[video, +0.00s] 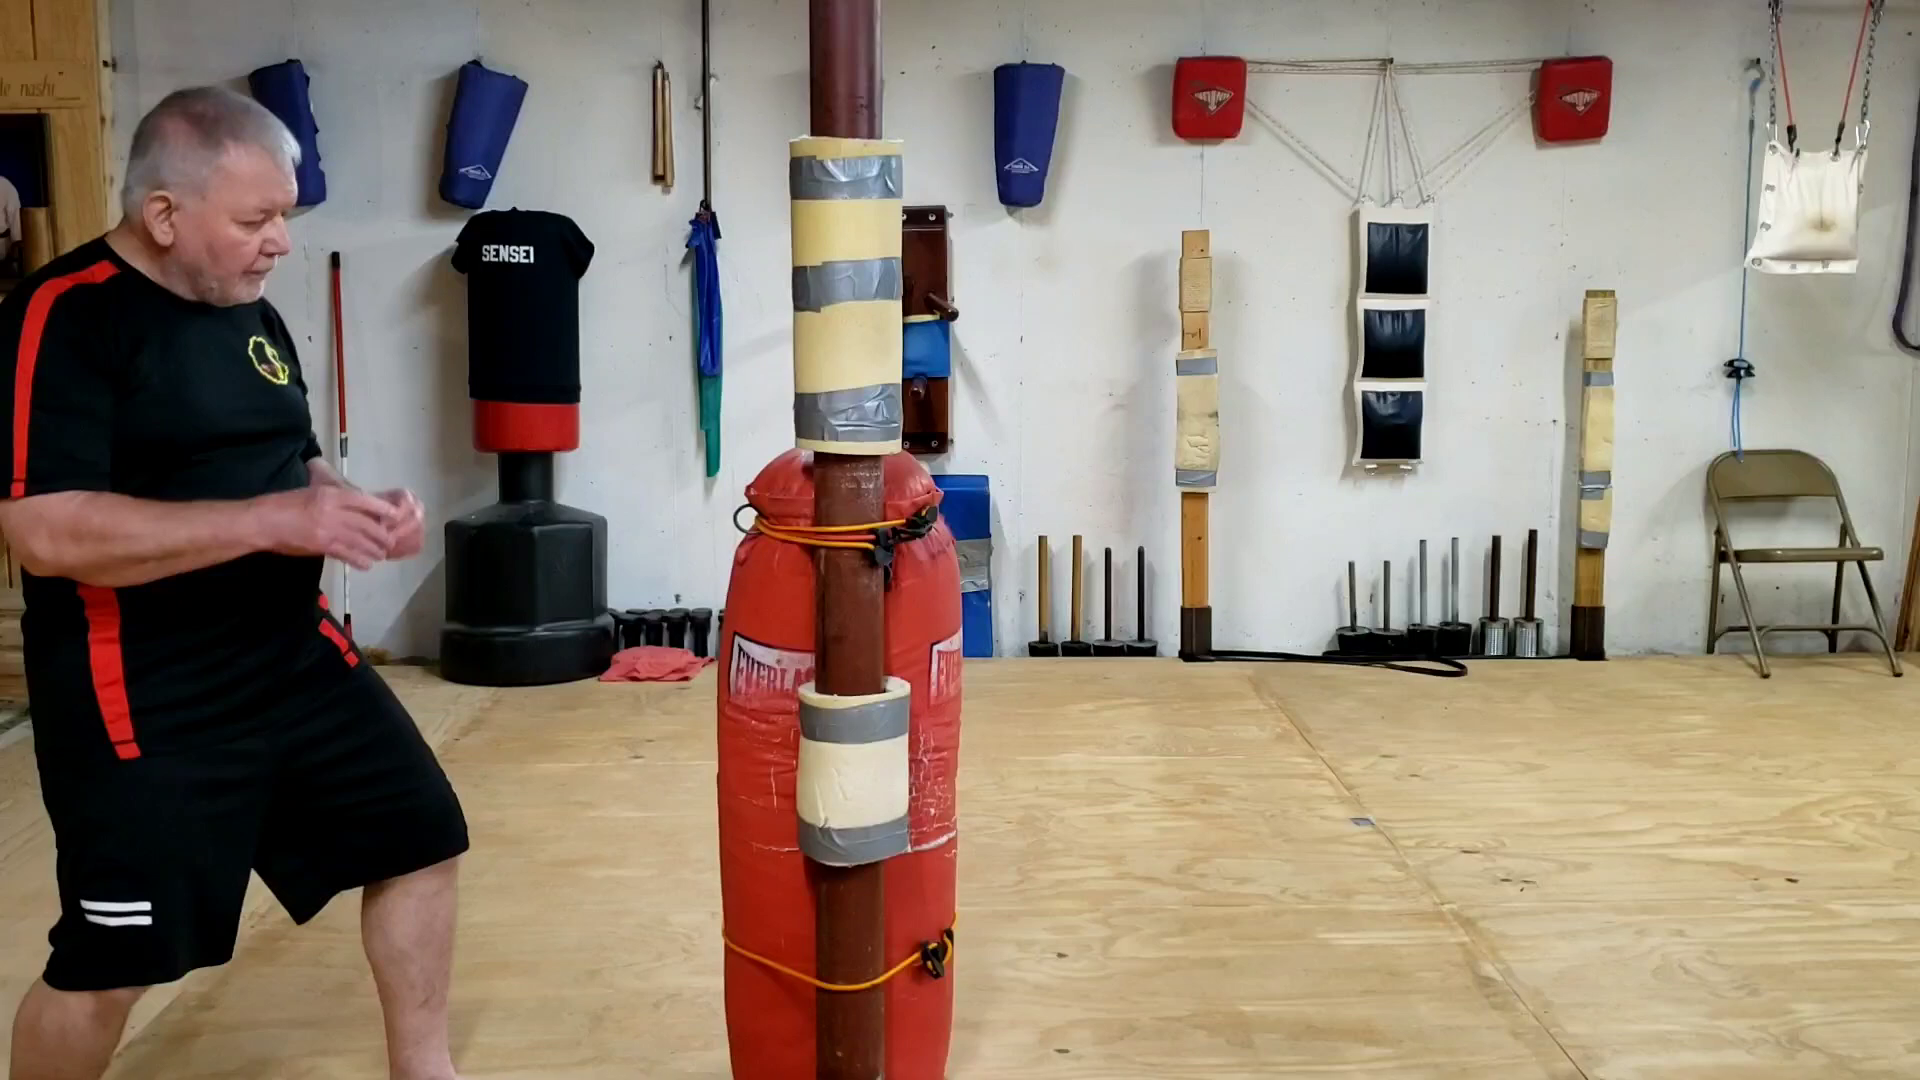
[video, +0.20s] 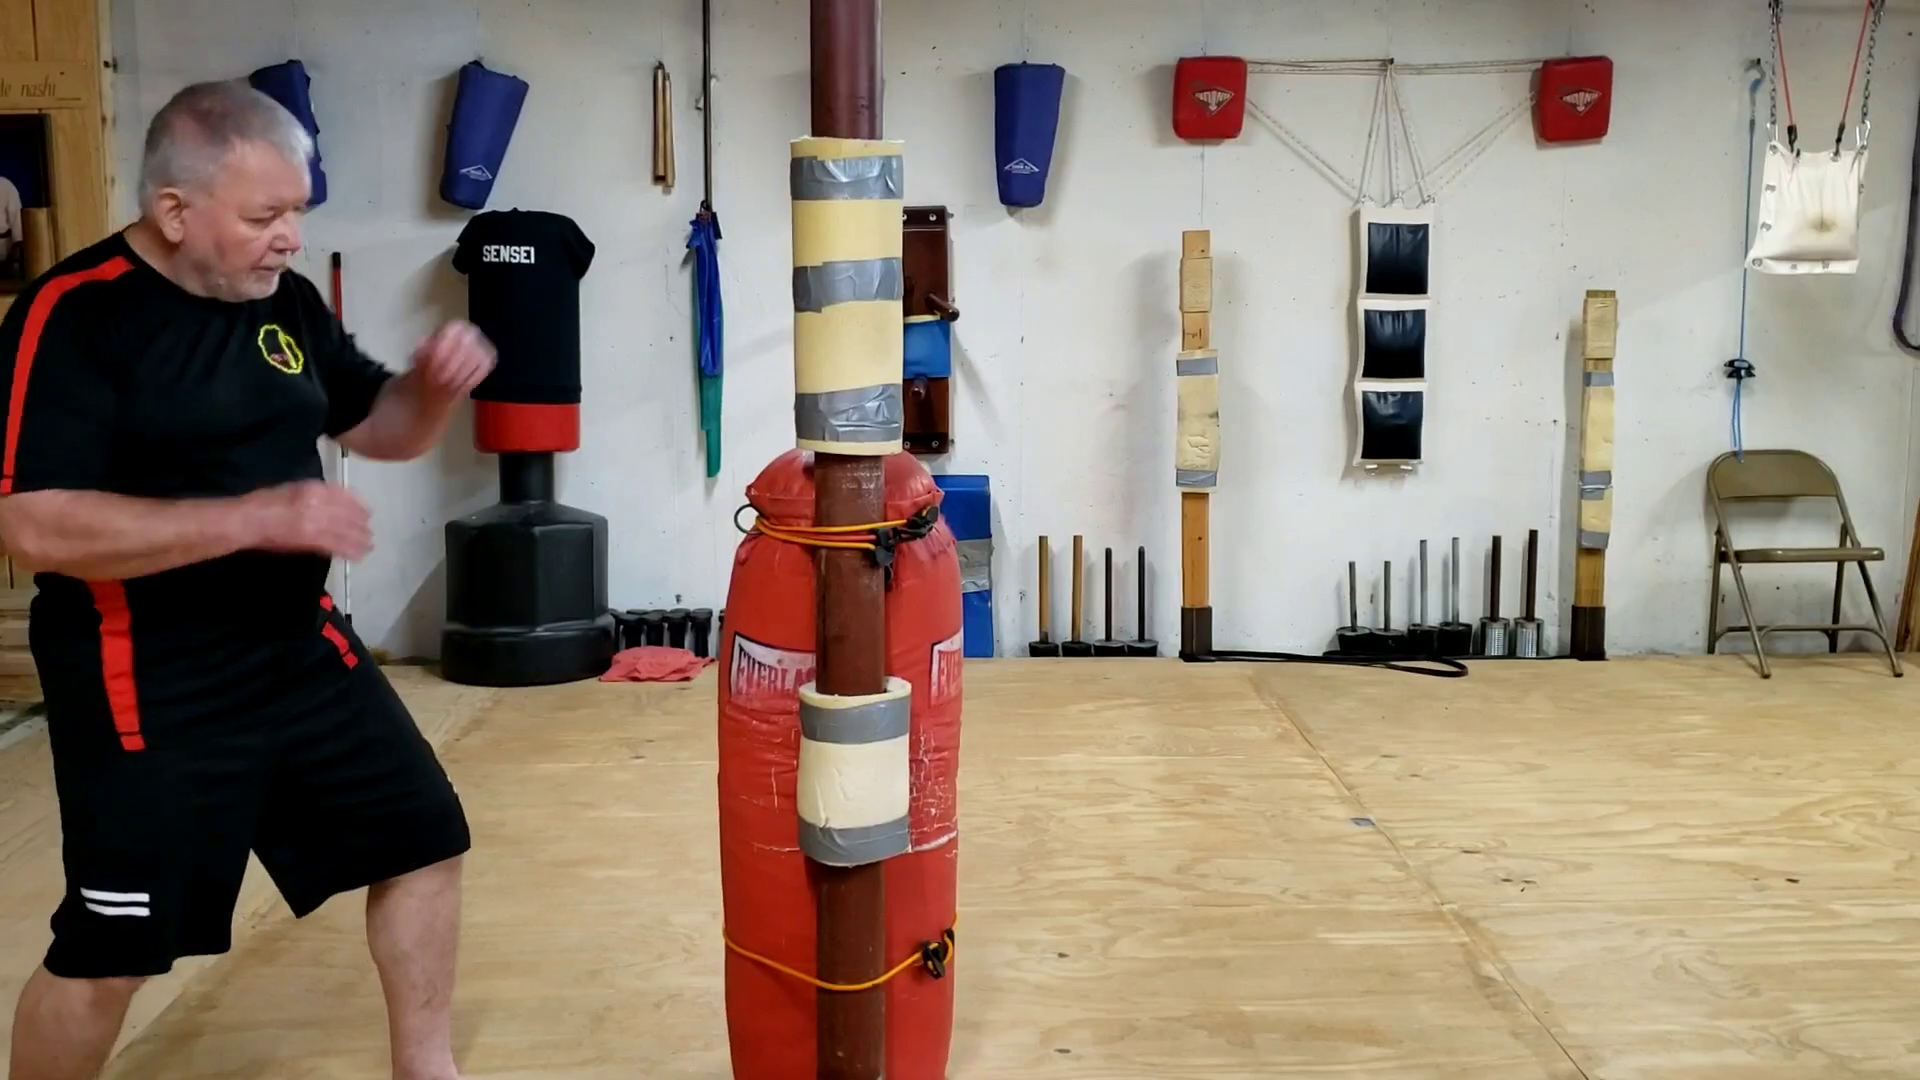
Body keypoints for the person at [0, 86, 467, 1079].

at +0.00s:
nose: (280, 243)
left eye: (286, 217)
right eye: (258, 220)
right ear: (164, 215)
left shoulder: (248, 313)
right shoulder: (59, 314)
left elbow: (288, 466)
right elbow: (40, 530)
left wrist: (351, 508)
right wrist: (273, 522)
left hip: (289, 665)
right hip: (134, 704)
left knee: (418, 839)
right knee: (114, 945)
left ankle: (424, 1070)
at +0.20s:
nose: (289, 238)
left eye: (296, 212)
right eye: (265, 216)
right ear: (174, 210)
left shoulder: (282, 301)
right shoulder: (68, 312)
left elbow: (384, 433)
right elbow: (33, 525)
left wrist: (432, 387)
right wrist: (258, 515)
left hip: (296, 655)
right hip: (139, 689)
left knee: (424, 841)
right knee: (110, 941)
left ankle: (425, 1066)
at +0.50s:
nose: (403, 257)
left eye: (409, 235)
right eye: (386, 233)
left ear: (318, 219)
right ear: (304, 216)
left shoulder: (323, 317)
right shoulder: (213, 274)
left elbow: (292, 489)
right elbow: (409, 360)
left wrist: (388, 577)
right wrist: (594, 298)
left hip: (330, 661)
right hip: (193, 681)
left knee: (459, 835)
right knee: (118, 936)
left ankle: (427, 1071)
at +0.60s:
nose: (442, 238)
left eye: (448, 218)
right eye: (433, 212)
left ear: (350, 195)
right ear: (353, 189)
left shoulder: (343, 300)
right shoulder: (254, 253)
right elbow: (394, 374)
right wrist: (567, 304)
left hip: (383, 645)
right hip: (265, 658)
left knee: (471, 839)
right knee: (217, 915)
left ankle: (429, 1068)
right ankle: (75, 1073)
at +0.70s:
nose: (442, 221)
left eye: (450, 200)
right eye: (437, 189)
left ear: (358, 169)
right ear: (362, 161)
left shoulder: (335, 268)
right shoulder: (276, 231)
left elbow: (333, 452)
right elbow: (310, 388)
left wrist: (452, 524)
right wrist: (522, 414)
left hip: (383, 589)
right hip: (318, 589)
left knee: (460, 817)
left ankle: (432, 1065)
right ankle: (183, 1013)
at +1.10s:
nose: (437, 214)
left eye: (443, 195)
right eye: (429, 186)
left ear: (353, 172)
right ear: (353, 163)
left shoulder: (334, 276)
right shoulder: (275, 240)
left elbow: (394, 461)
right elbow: (217, 429)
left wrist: (522, 429)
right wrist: (319, 597)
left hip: (389, 583)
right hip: (380, 571)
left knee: (456, 840)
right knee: (615, 704)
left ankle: (439, 1056)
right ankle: (425, 949)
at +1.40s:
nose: (415, 249)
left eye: (418, 224)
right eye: (396, 224)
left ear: (317, 221)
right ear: (309, 216)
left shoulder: (327, 314)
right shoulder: (195, 311)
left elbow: (318, 509)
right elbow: (236, 506)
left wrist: (422, 558)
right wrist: (427, 441)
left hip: (363, 663)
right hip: (223, 688)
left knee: (486, 835)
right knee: (181, 953)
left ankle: (439, 1067)